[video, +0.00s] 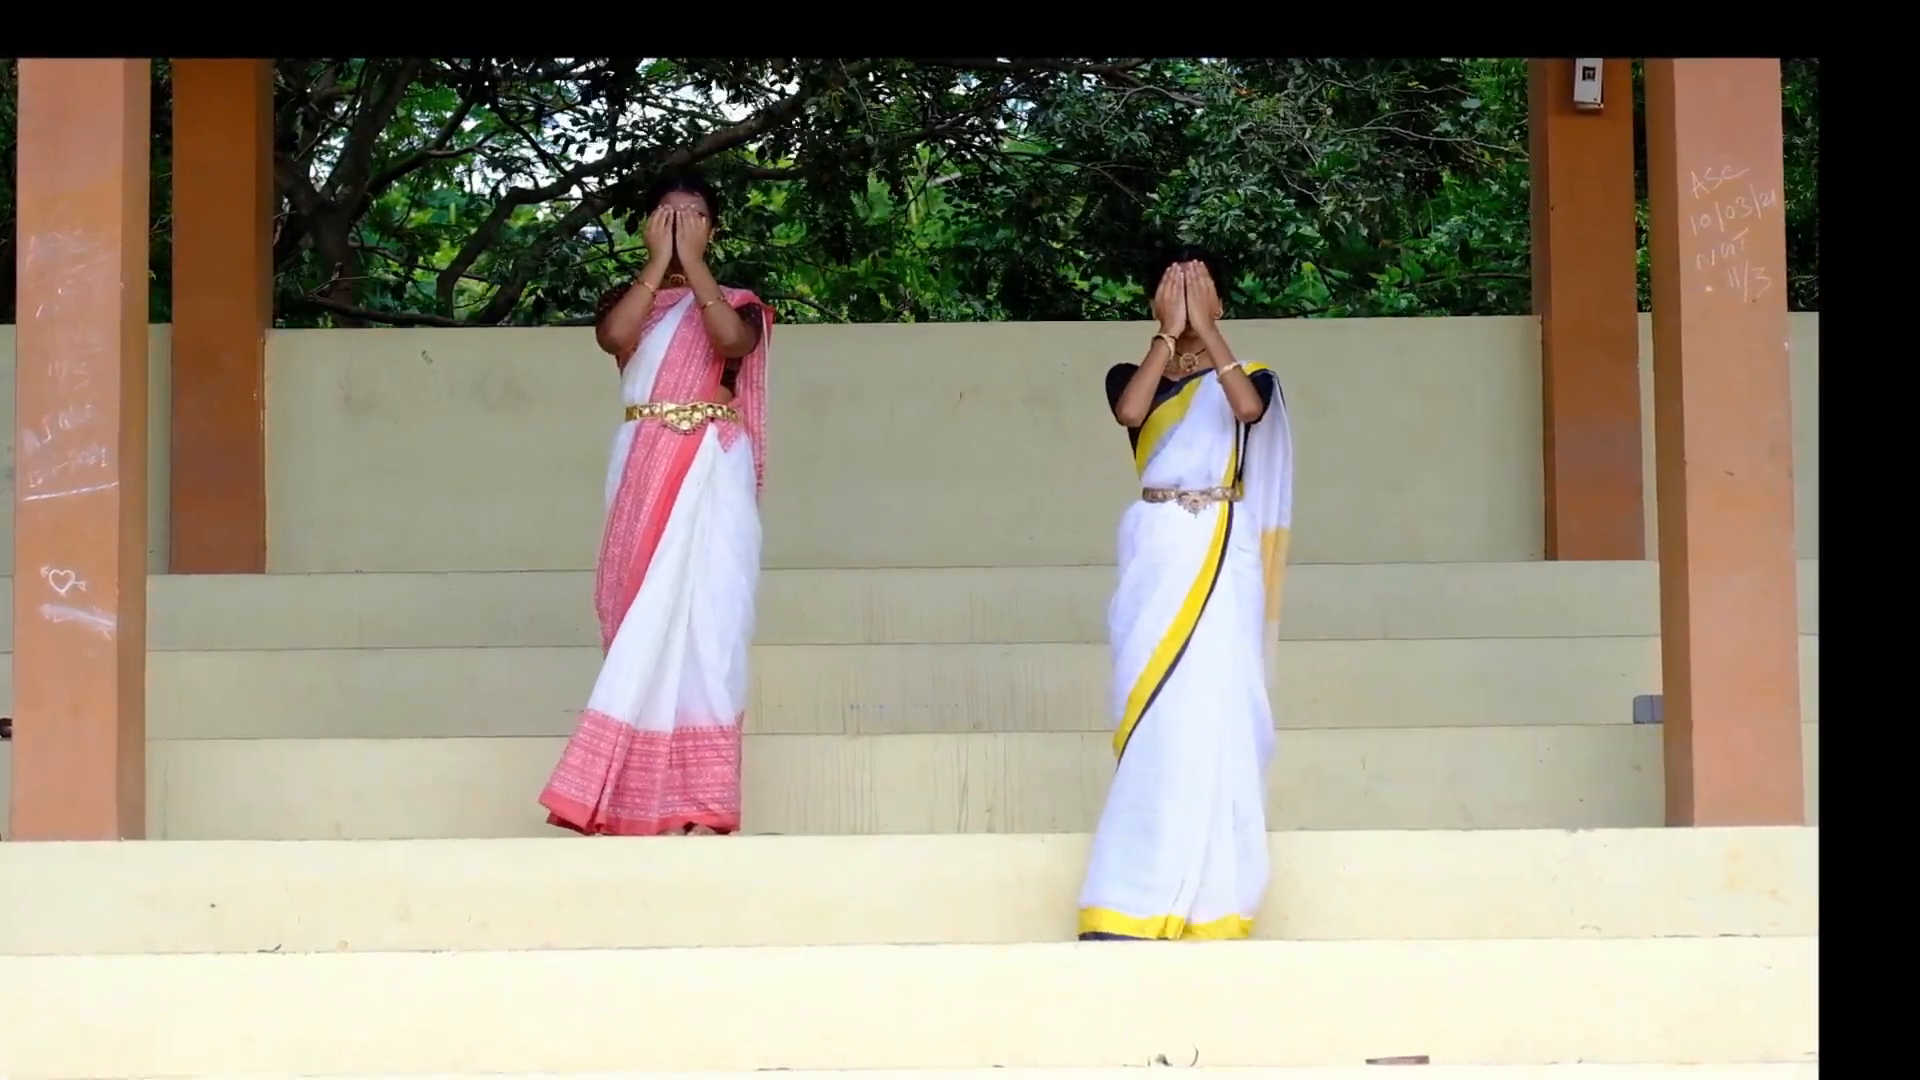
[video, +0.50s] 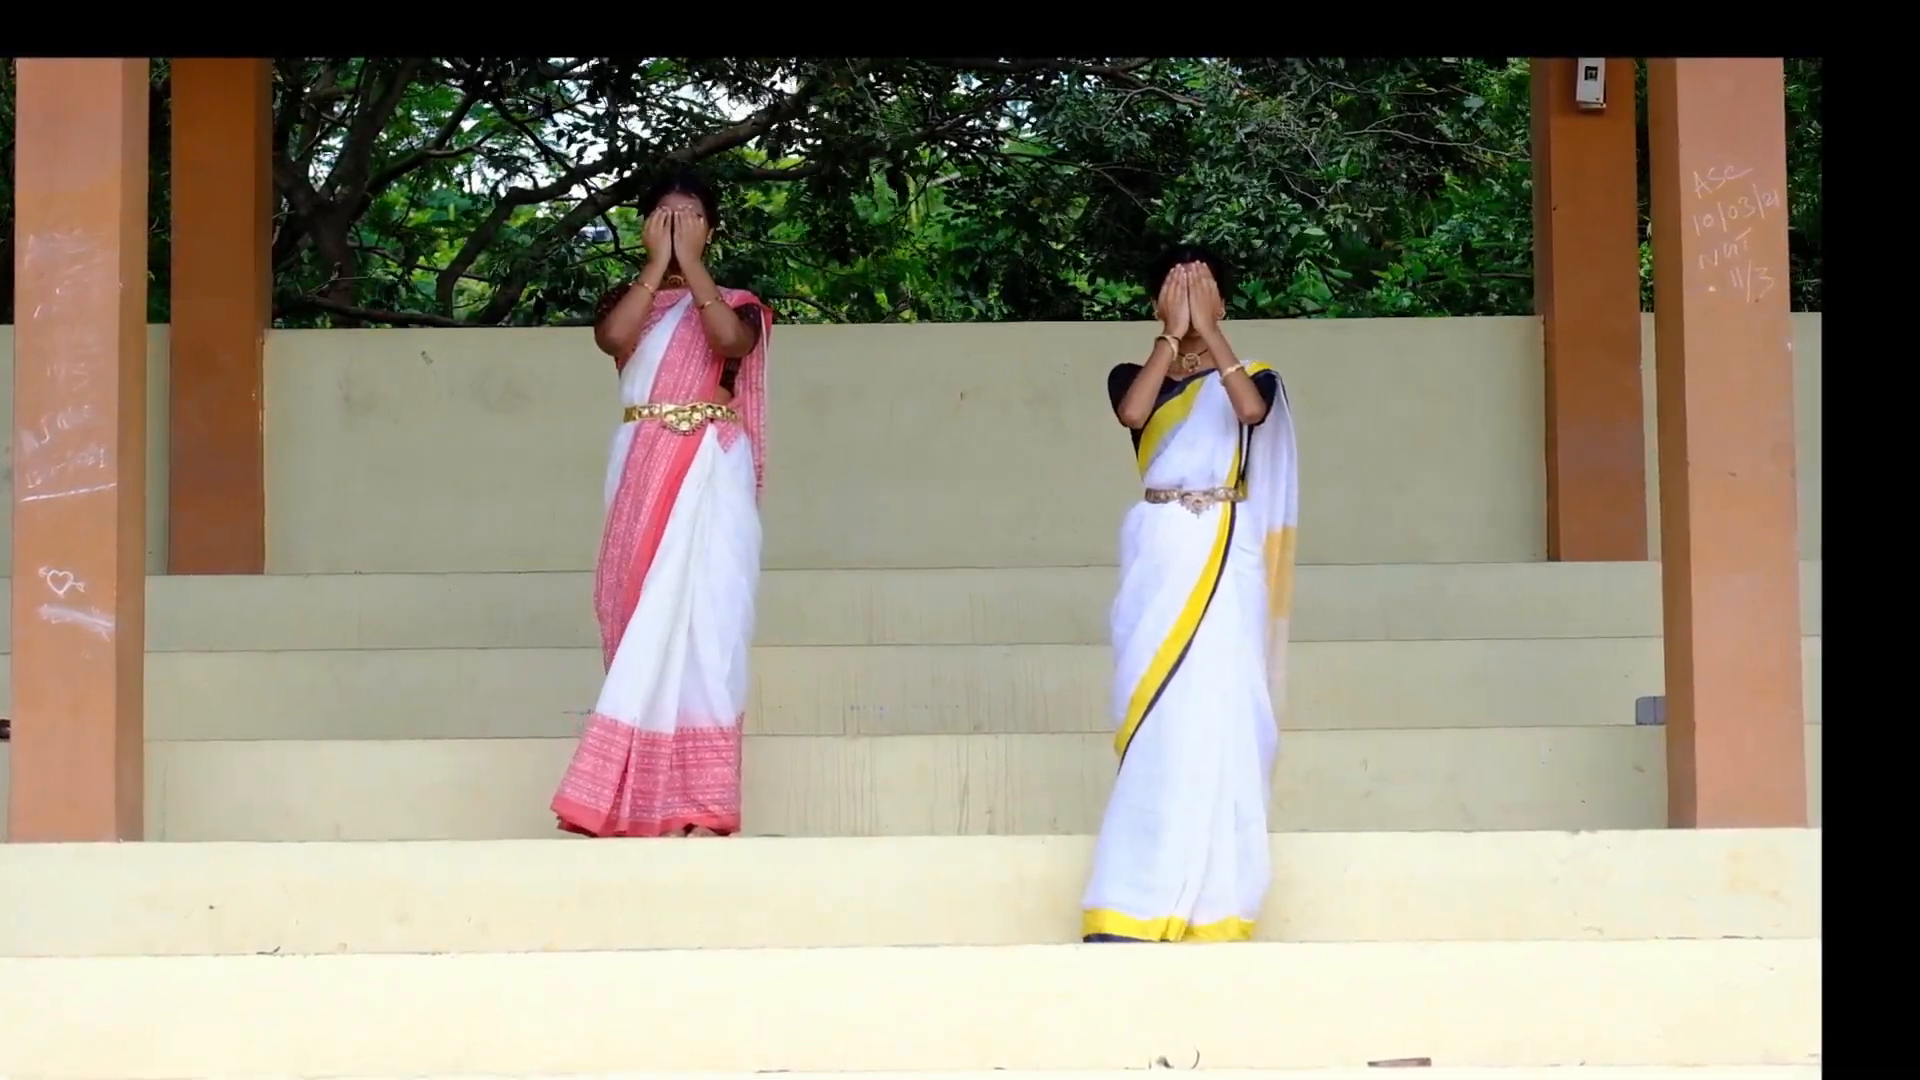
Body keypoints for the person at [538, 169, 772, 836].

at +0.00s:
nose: (679, 227)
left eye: (692, 215)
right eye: (669, 215)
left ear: (713, 229)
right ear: (650, 228)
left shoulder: (741, 304)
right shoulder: (628, 300)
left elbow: (731, 339)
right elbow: (617, 338)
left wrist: (696, 260)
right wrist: (656, 262)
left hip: (713, 477)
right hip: (643, 476)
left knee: (706, 629)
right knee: (639, 626)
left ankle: (702, 805)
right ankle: (630, 803)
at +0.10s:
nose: (678, 229)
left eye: (691, 217)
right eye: (667, 217)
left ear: (713, 230)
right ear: (650, 229)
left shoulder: (740, 304)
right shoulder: (630, 300)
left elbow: (732, 340)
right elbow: (617, 338)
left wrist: (697, 261)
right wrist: (658, 262)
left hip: (713, 479)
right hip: (644, 478)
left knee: (705, 629)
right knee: (640, 627)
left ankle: (703, 803)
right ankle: (631, 801)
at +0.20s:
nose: (676, 226)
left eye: (690, 216)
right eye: (667, 214)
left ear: (712, 229)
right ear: (648, 226)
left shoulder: (739, 304)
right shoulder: (629, 300)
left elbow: (732, 340)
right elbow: (616, 338)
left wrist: (696, 263)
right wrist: (658, 263)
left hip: (714, 479)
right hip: (643, 479)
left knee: (706, 629)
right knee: (640, 627)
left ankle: (703, 804)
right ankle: (631, 801)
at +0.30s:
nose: (675, 228)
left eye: (689, 217)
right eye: (666, 215)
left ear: (712, 229)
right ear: (647, 226)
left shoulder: (739, 304)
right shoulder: (627, 302)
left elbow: (733, 340)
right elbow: (616, 337)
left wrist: (693, 262)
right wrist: (658, 262)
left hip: (713, 479)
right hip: (643, 479)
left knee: (705, 629)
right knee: (638, 627)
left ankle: (702, 804)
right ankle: (633, 802)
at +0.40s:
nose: (675, 227)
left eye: (689, 216)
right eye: (664, 215)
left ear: (712, 228)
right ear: (645, 226)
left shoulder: (739, 304)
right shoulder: (627, 300)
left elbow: (731, 340)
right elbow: (616, 338)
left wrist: (693, 263)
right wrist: (658, 262)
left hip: (713, 480)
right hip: (643, 480)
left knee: (706, 629)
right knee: (638, 626)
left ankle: (703, 804)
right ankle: (632, 800)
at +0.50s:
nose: (674, 227)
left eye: (689, 216)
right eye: (664, 214)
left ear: (712, 227)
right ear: (644, 225)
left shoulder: (738, 305)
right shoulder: (628, 302)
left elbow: (732, 340)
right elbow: (615, 338)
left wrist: (693, 263)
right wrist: (658, 262)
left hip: (713, 478)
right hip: (643, 478)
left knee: (706, 628)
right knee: (639, 625)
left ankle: (703, 804)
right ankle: (635, 800)